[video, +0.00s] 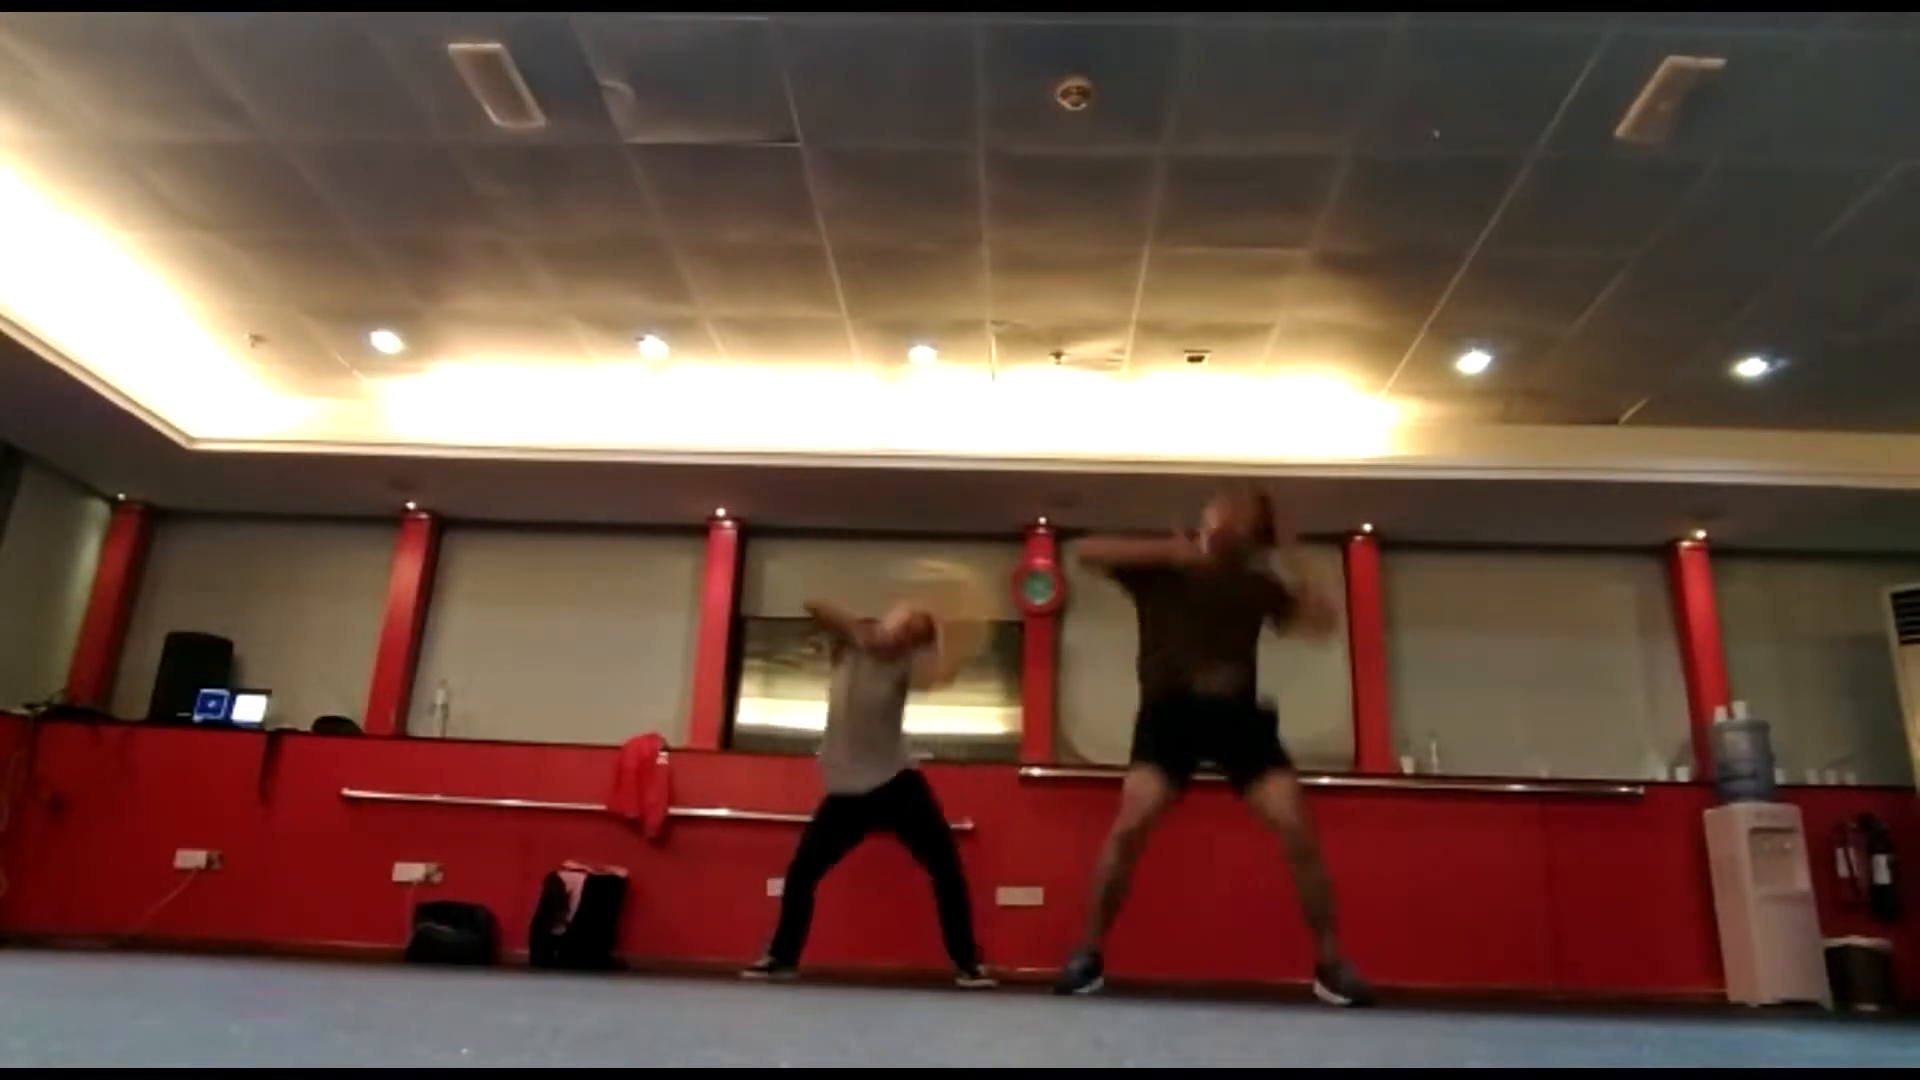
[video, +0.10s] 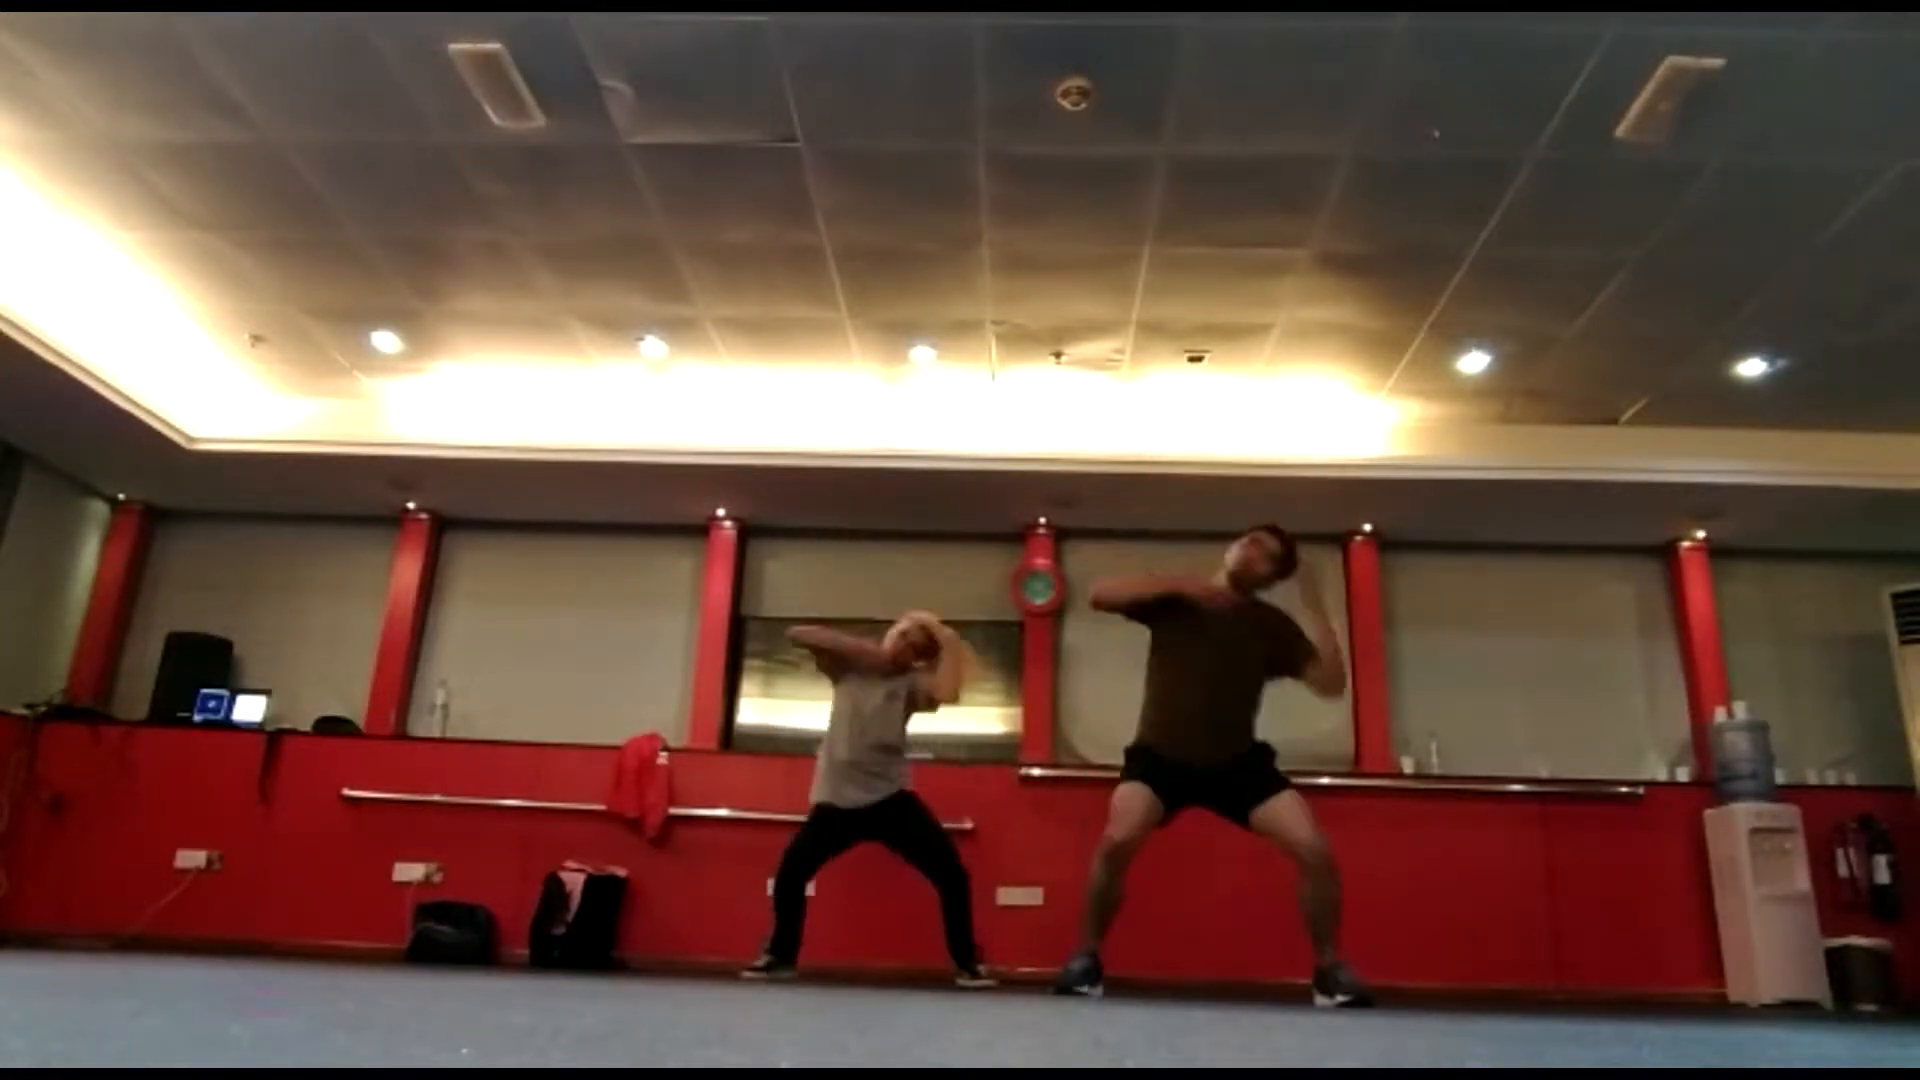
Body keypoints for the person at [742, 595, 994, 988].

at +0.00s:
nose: (898, 638)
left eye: (909, 636)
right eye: (900, 628)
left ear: (914, 643)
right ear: (888, 622)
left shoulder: (902, 664)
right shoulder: (847, 649)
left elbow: (942, 672)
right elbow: (816, 609)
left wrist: (935, 633)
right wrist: (861, 629)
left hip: (897, 789)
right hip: (846, 797)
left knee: (946, 868)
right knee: (800, 875)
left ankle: (967, 964)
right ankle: (782, 960)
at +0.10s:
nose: (903, 649)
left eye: (914, 648)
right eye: (903, 638)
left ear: (920, 657)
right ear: (890, 634)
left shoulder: (910, 685)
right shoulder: (848, 670)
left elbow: (947, 691)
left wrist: (948, 643)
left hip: (891, 804)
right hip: (836, 805)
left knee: (952, 877)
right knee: (790, 875)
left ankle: (967, 965)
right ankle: (781, 959)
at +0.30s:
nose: (909, 656)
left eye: (921, 657)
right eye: (910, 645)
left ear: (927, 668)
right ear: (899, 639)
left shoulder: (915, 713)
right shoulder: (849, 666)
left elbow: (941, 768)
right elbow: (787, 645)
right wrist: (758, 604)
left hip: (894, 808)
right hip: (840, 812)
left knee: (953, 871)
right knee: (795, 879)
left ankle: (969, 965)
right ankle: (775, 958)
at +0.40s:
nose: (904, 648)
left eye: (916, 648)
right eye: (906, 637)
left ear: (923, 661)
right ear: (895, 632)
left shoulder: (915, 706)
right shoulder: (849, 661)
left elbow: (949, 754)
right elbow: (785, 645)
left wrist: (992, 769)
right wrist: (754, 600)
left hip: (890, 801)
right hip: (838, 801)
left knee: (944, 874)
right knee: (786, 861)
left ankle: (969, 964)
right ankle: (773, 945)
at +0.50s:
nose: (889, 612)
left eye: (900, 608)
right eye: (887, 601)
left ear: (905, 621)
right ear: (871, 603)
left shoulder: (892, 672)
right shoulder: (830, 636)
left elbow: (930, 714)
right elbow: (774, 623)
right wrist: (774, 579)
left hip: (864, 778)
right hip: (812, 774)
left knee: (916, 867)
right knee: (763, 847)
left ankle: (963, 957)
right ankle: (753, 948)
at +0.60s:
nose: (864, 593)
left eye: (875, 588)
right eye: (860, 583)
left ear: (886, 598)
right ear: (849, 585)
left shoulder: (876, 655)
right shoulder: (814, 614)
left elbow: (902, 711)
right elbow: (766, 601)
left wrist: (858, 714)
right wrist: (788, 573)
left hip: (840, 759)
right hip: (789, 755)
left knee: (883, 838)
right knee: (754, 841)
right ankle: (740, 938)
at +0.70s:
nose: (847, 584)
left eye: (856, 576)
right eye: (841, 573)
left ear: (866, 584)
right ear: (826, 576)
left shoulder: (862, 640)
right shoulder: (797, 610)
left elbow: (889, 697)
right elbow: (741, 582)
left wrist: (853, 714)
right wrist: (773, 575)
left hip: (827, 748)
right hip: (776, 742)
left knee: (843, 843)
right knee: (737, 830)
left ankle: (831, 948)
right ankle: (706, 926)